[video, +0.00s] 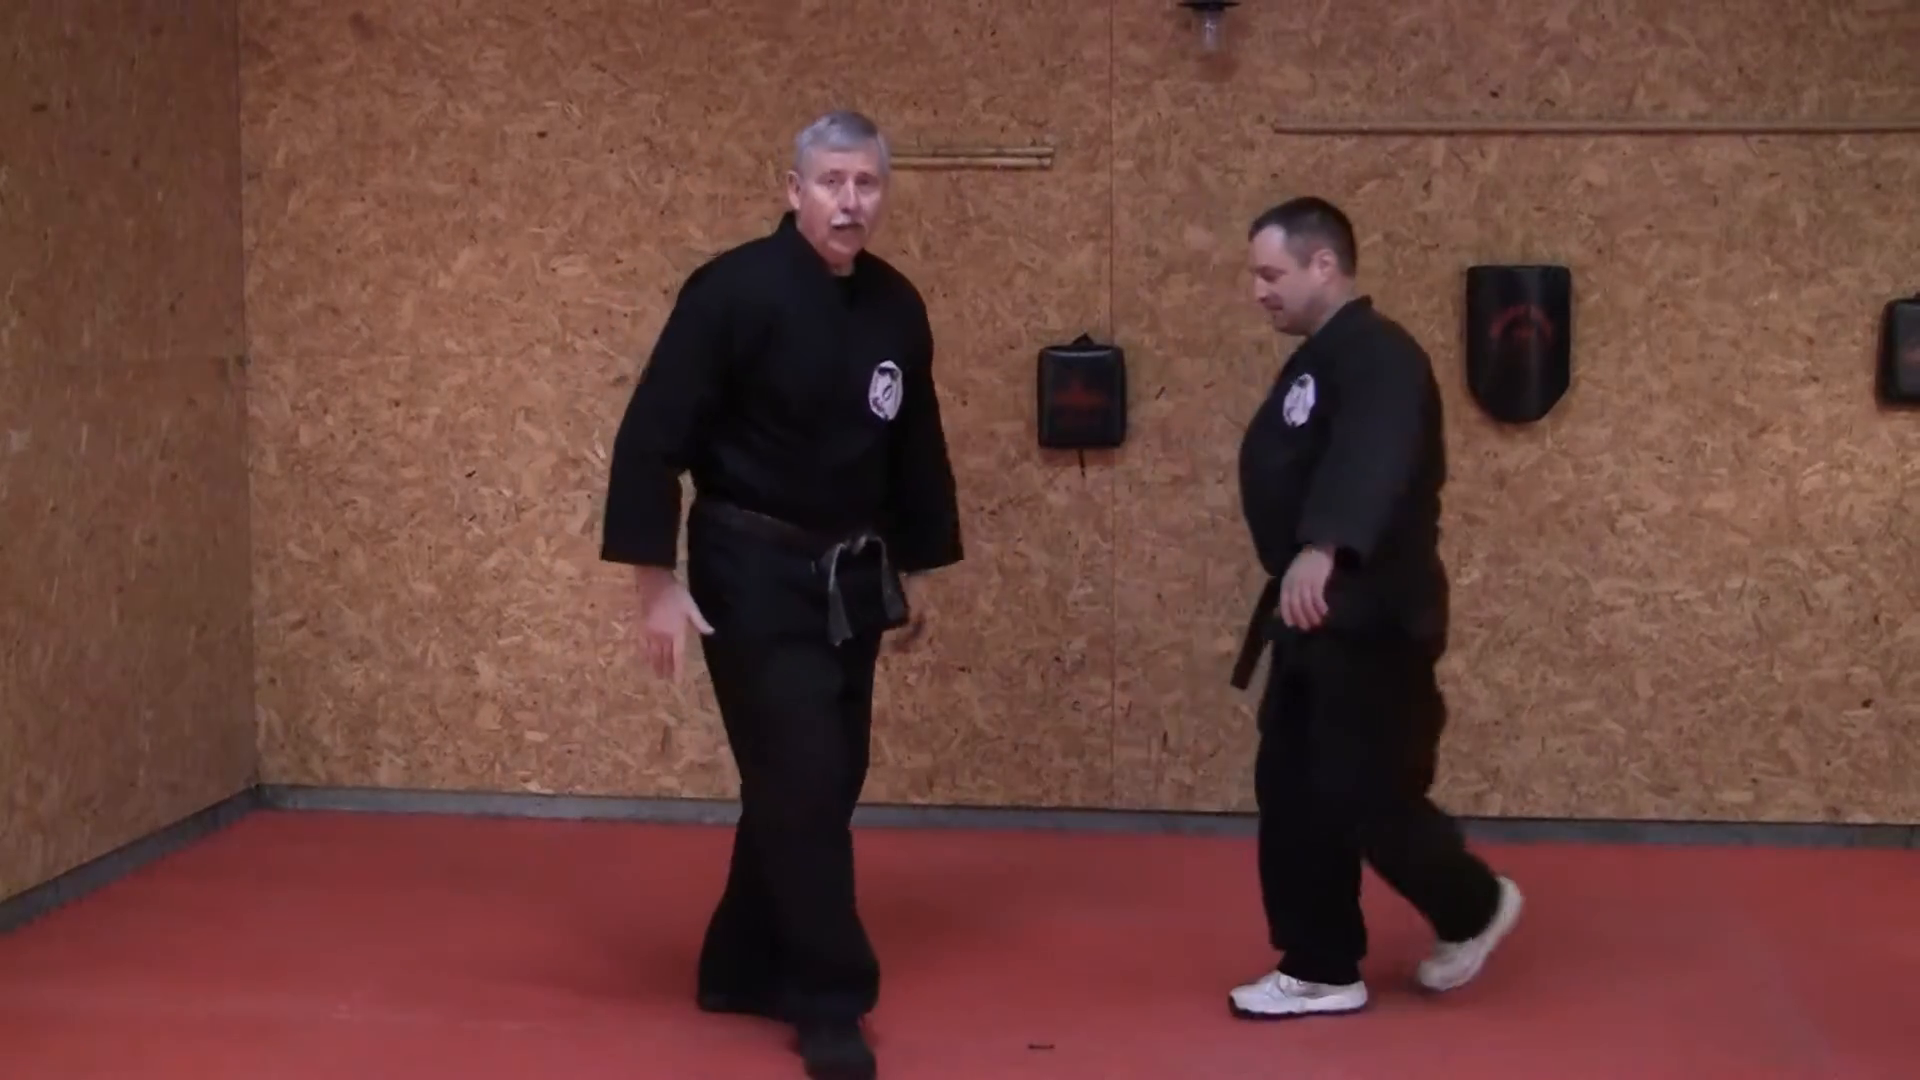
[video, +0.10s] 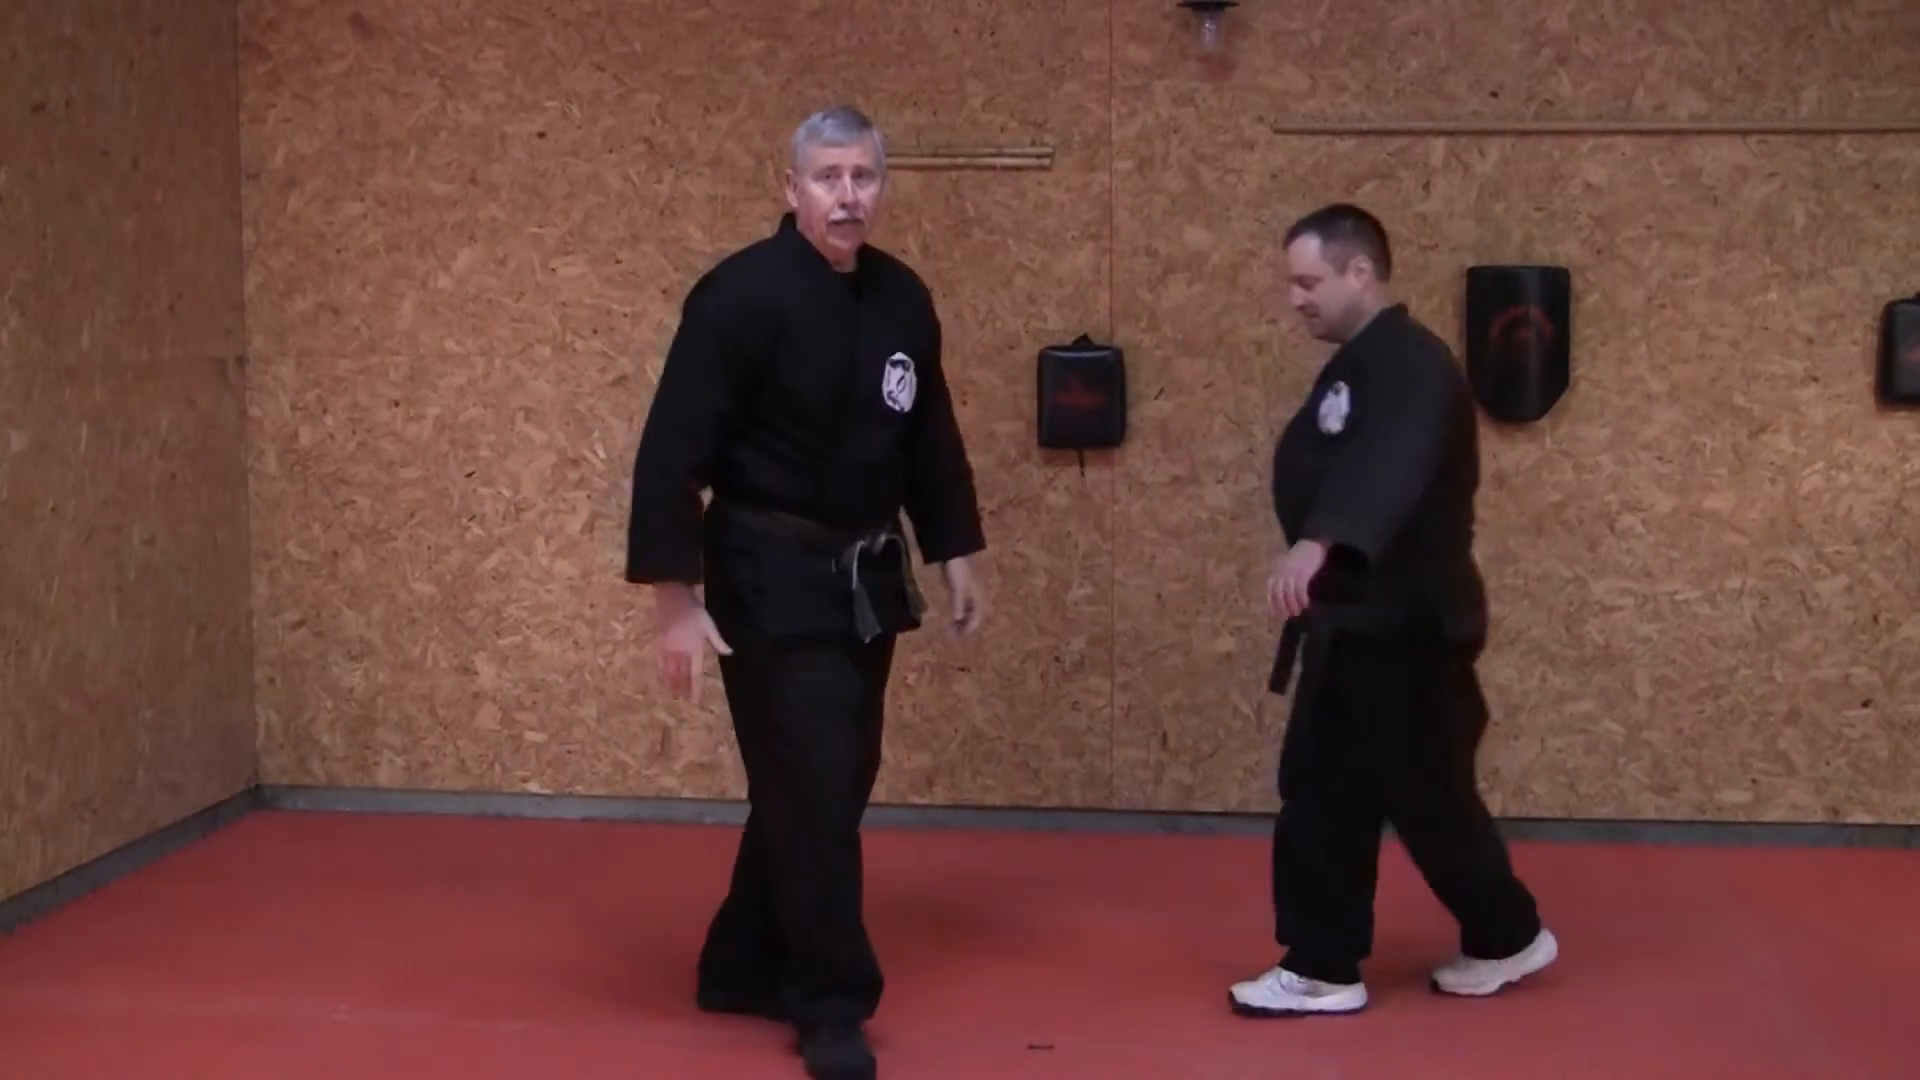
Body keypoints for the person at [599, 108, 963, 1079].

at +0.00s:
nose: (851, 200)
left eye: (867, 183)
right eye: (833, 181)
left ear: (884, 193)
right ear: (794, 187)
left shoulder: (894, 307)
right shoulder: (730, 291)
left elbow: (910, 448)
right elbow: (650, 433)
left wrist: (902, 576)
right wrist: (657, 582)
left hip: (851, 569)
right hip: (751, 566)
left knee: (822, 773)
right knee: (800, 776)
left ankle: (741, 964)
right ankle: (829, 1009)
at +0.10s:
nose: (848, 194)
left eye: (863, 177)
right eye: (828, 177)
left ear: (884, 190)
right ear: (792, 189)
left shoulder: (899, 296)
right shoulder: (736, 295)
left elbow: (927, 428)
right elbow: (670, 448)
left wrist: (956, 549)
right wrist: (674, 600)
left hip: (865, 572)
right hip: (769, 573)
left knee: (835, 776)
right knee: (809, 784)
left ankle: (744, 962)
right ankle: (830, 1010)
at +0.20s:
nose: (847, 186)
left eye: (861, 168)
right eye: (827, 170)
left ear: (881, 176)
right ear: (791, 180)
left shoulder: (908, 287)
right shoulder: (742, 294)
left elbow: (943, 415)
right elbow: (689, 454)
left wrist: (980, 528)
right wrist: (694, 601)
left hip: (880, 572)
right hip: (779, 577)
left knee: (855, 787)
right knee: (814, 793)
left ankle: (745, 953)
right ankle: (831, 1015)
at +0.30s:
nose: (847, 181)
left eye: (862, 162)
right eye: (826, 165)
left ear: (884, 171)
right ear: (792, 177)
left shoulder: (919, 281)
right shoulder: (746, 296)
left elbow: (959, 403)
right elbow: (700, 455)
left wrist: (1003, 513)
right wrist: (723, 593)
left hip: (897, 571)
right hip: (791, 579)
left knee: (889, 787)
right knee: (818, 798)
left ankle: (769, 928)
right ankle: (831, 1023)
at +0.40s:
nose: (853, 179)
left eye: (867, 160)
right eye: (832, 163)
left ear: (890, 170)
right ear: (798, 178)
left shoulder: (931, 281)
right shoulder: (754, 296)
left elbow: (978, 407)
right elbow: (701, 456)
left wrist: (1019, 516)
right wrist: (759, 563)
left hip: (912, 570)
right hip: (800, 578)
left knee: (922, 788)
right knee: (822, 799)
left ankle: (819, 939)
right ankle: (829, 1023)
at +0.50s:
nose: (861, 177)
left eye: (876, 159)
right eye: (841, 162)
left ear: (900, 169)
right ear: (810, 176)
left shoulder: (946, 284)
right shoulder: (763, 296)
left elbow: (994, 412)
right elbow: (705, 440)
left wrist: (1027, 520)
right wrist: (768, 499)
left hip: (930, 573)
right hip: (811, 579)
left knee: (948, 790)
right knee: (823, 803)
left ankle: (912, 954)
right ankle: (828, 1020)